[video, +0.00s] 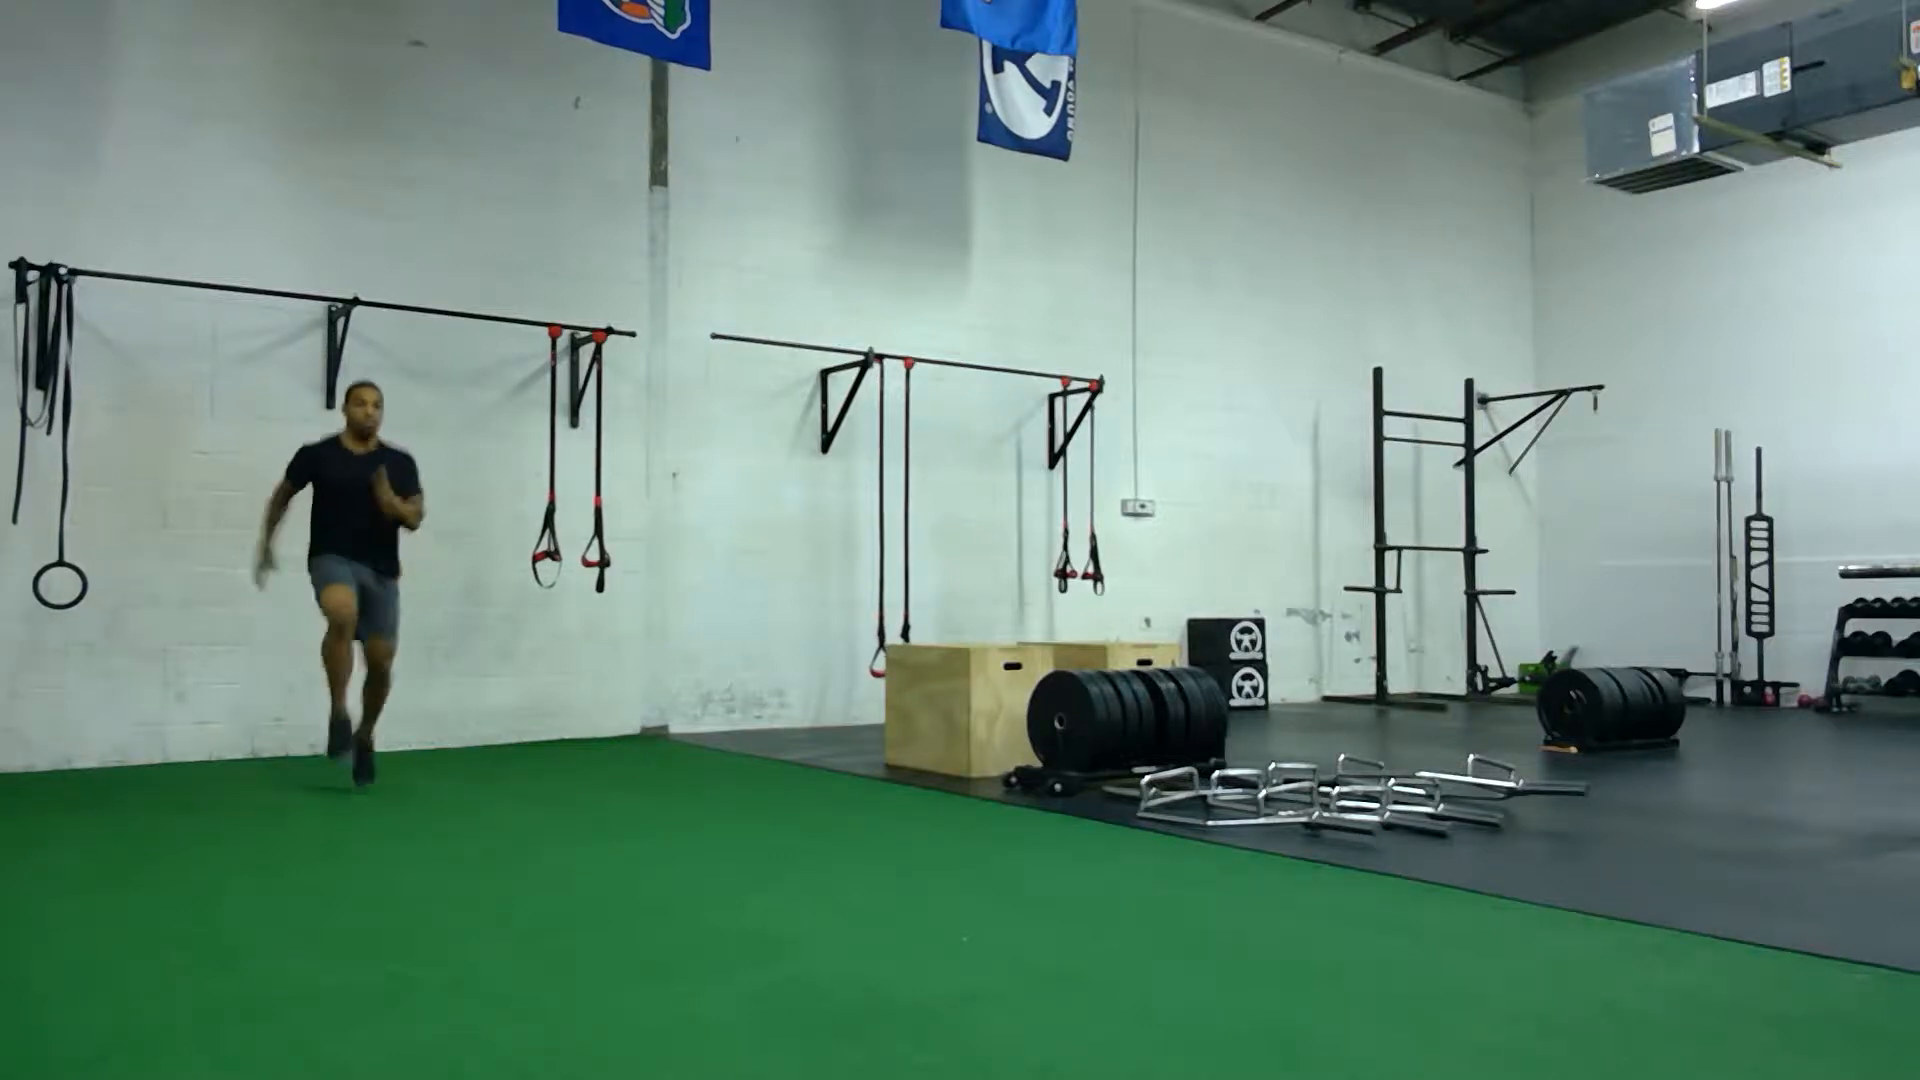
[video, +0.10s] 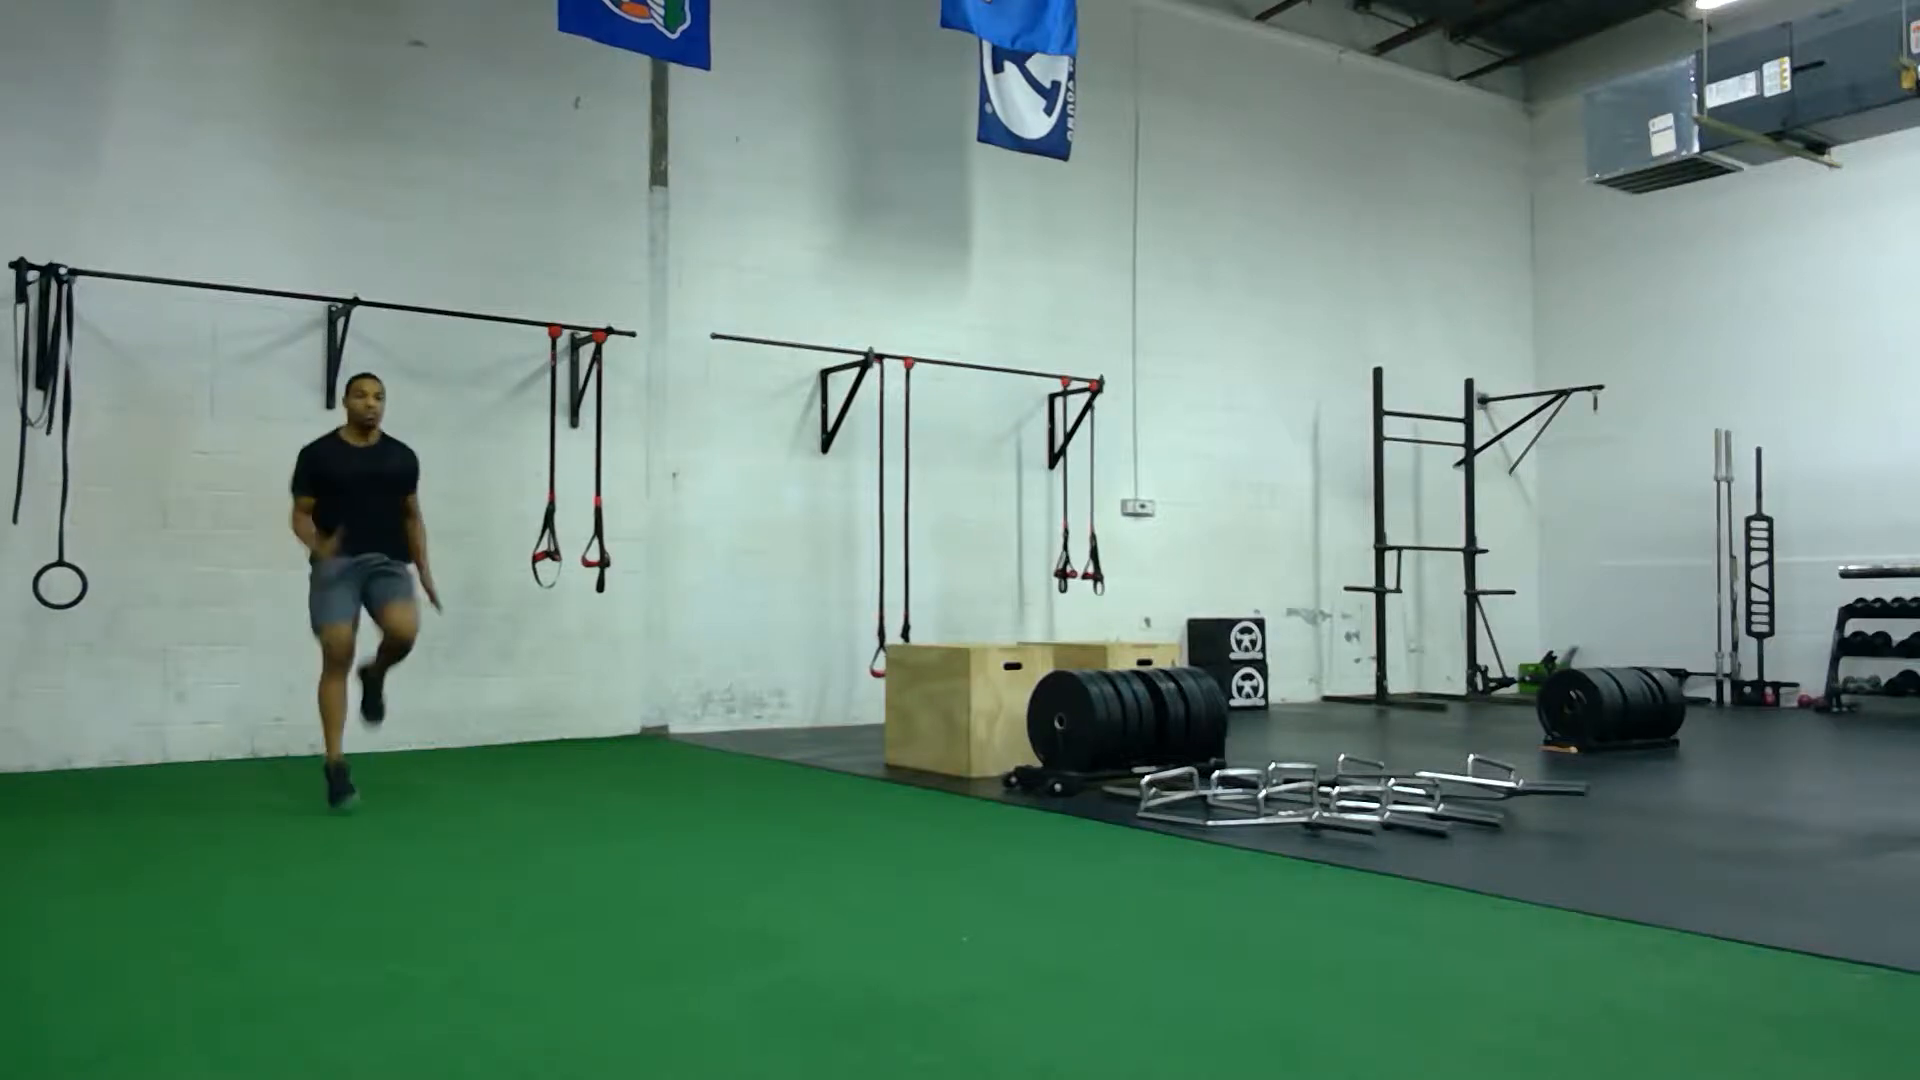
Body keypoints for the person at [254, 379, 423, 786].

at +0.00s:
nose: (369, 412)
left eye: (375, 406)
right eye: (360, 405)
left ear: (383, 413)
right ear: (345, 411)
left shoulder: (399, 461)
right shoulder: (317, 456)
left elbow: (416, 518)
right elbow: (281, 497)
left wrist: (391, 501)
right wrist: (266, 547)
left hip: (380, 568)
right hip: (333, 558)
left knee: (381, 662)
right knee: (342, 615)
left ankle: (365, 738)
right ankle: (339, 715)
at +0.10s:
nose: (369, 403)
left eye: (376, 397)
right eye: (361, 396)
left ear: (384, 406)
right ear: (345, 403)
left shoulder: (401, 456)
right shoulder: (317, 455)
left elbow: (412, 515)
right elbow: (301, 516)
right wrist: (317, 544)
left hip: (389, 563)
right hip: (335, 565)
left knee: (404, 633)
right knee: (338, 656)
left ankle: (374, 675)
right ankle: (335, 764)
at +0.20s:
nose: (370, 422)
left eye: (377, 415)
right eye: (360, 414)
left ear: (384, 423)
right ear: (345, 422)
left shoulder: (403, 476)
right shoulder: (320, 473)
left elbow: (418, 531)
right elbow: (317, 533)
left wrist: (417, 578)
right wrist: (359, 498)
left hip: (385, 580)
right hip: (337, 588)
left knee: (418, 574)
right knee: (343, 684)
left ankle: (389, 657)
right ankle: (344, 780)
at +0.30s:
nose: (379, 400)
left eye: (386, 393)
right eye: (370, 392)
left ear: (394, 401)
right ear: (354, 399)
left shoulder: (412, 454)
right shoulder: (327, 452)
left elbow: (416, 511)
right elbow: (317, 513)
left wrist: (415, 557)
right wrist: (360, 486)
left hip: (394, 558)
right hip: (349, 569)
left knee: (424, 553)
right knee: (357, 668)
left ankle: (403, 657)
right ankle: (349, 769)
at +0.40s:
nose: (387, 389)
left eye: (395, 382)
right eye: (379, 381)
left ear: (404, 391)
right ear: (362, 387)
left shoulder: (422, 445)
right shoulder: (334, 442)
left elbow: (421, 502)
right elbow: (320, 508)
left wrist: (418, 546)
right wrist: (363, 487)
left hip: (403, 549)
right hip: (357, 561)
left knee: (433, 541)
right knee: (370, 662)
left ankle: (417, 650)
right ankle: (368, 768)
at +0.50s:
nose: (397, 405)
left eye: (404, 398)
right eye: (388, 397)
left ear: (412, 407)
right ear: (370, 404)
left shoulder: (432, 460)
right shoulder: (343, 460)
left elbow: (436, 517)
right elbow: (329, 529)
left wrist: (436, 566)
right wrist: (372, 492)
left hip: (417, 569)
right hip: (369, 578)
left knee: (444, 529)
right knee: (374, 685)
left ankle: (430, 639)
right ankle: (382, 786)